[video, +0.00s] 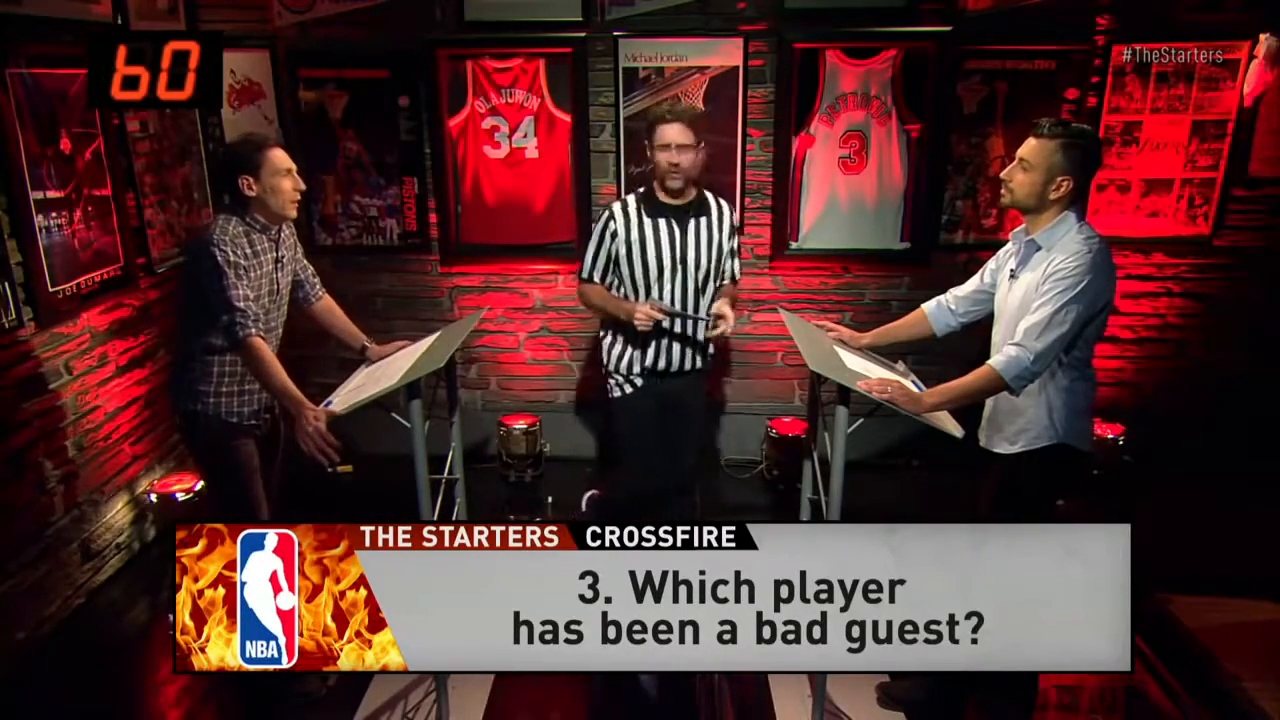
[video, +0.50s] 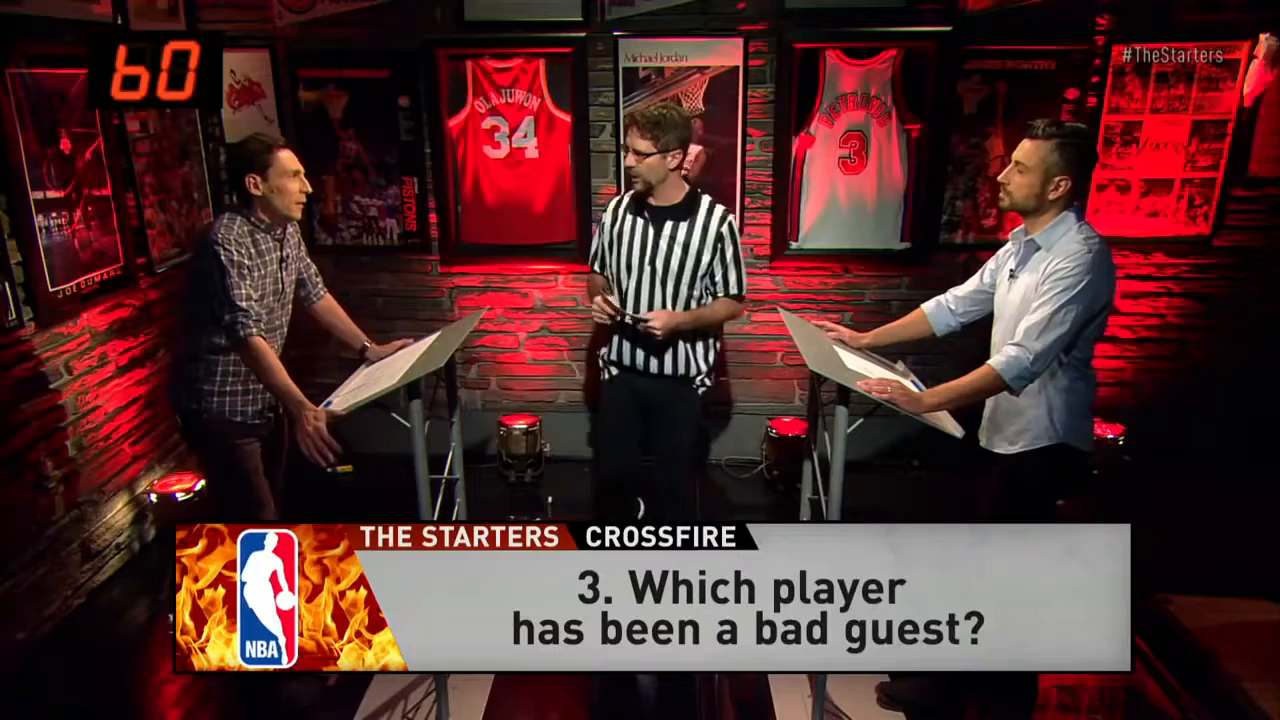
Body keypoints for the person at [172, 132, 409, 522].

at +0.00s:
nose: (300, 185)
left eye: (296, 173)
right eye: (286, 175)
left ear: (255, 188)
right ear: (249, 186)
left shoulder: (281, 233)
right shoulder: (220, 243)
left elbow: (314, 296)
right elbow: (245, 336)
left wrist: (367, 347)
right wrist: (299, 407)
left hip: (264, 405)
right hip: (219, 413)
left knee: (271, 516)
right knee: (251, 526)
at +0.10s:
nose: (302, 187)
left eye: (298, 175)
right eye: (289, 176)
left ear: (256, 188)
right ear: (252, 187)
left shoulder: (282, 233)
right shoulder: (222, 243)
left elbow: (314, 297)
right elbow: (247, 336)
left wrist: (367, 347)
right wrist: (300, 408)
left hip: (263, 404)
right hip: (219, 412)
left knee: (270, 515)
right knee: (252, 525)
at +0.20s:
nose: (303, 188)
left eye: (300, 176)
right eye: (290, 177)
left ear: (257, 187)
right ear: (253, 186)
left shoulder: (282, 232)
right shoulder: (223, 243)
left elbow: (314, 297)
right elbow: (247, 336)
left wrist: (367, 347)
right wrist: (300, 407)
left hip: (263, 404)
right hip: (219, 411)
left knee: (270, 515)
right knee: (252, 525)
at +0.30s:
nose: (305, 187)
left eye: (301, 176)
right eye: (291, 177)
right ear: (254, 186)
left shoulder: (283, 232)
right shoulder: (224, 242)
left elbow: (315, 296)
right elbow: (247, 335)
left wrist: (367, 347)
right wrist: (300, 407)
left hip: (263, 404)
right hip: (219, 411)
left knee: (270, 515)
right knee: (252, 524)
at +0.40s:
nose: (305, 188)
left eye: (302, 177)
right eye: (293, 177)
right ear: (255, 186)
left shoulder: (283, 232)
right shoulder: (224, 240)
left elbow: (315, 296)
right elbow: (247, 335)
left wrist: (367, 348)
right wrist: (300, 408)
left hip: (265, 403)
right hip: (220, 410)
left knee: (271, 514)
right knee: (255, 525)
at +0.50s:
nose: (306, 187)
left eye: (303, 176)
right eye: (294, 177)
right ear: (256, 186)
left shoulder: (285, 231)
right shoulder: (225, 241)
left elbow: (316, 296)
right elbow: (246, 336)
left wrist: (368, 348)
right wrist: (300, 408)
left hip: (266, 404)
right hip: (220, 411)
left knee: (272, 515)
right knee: (258, 524)